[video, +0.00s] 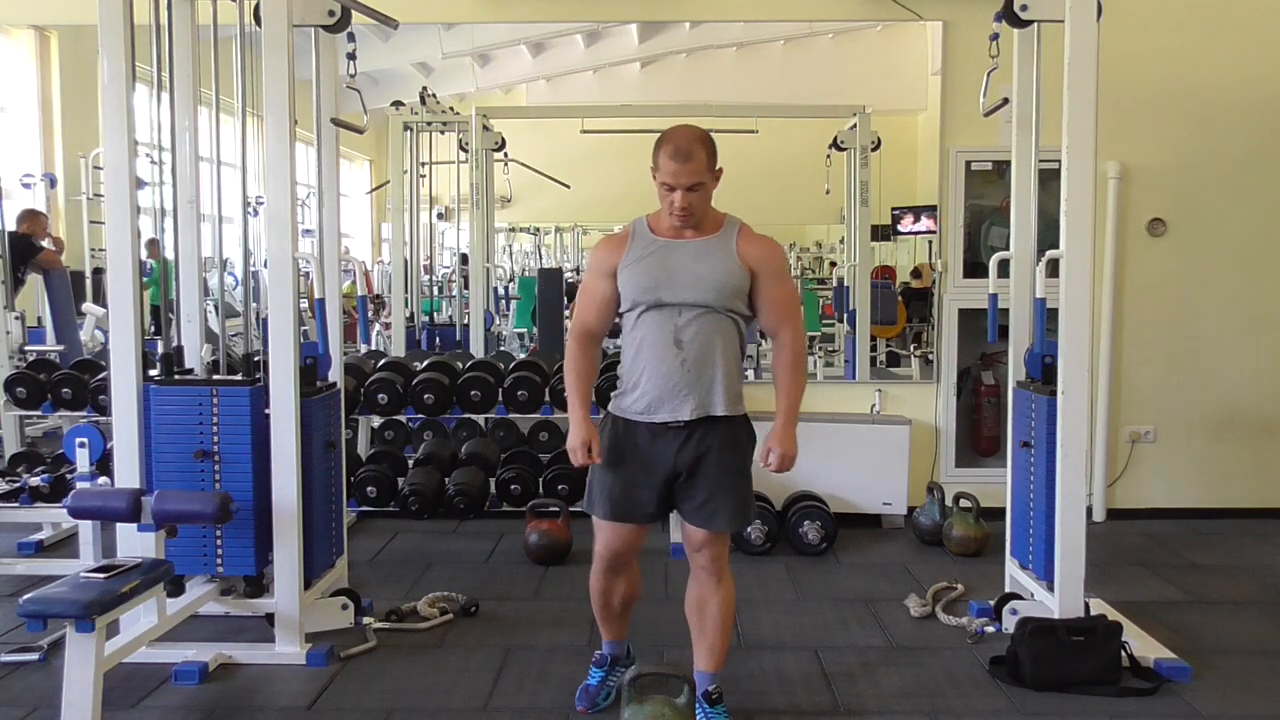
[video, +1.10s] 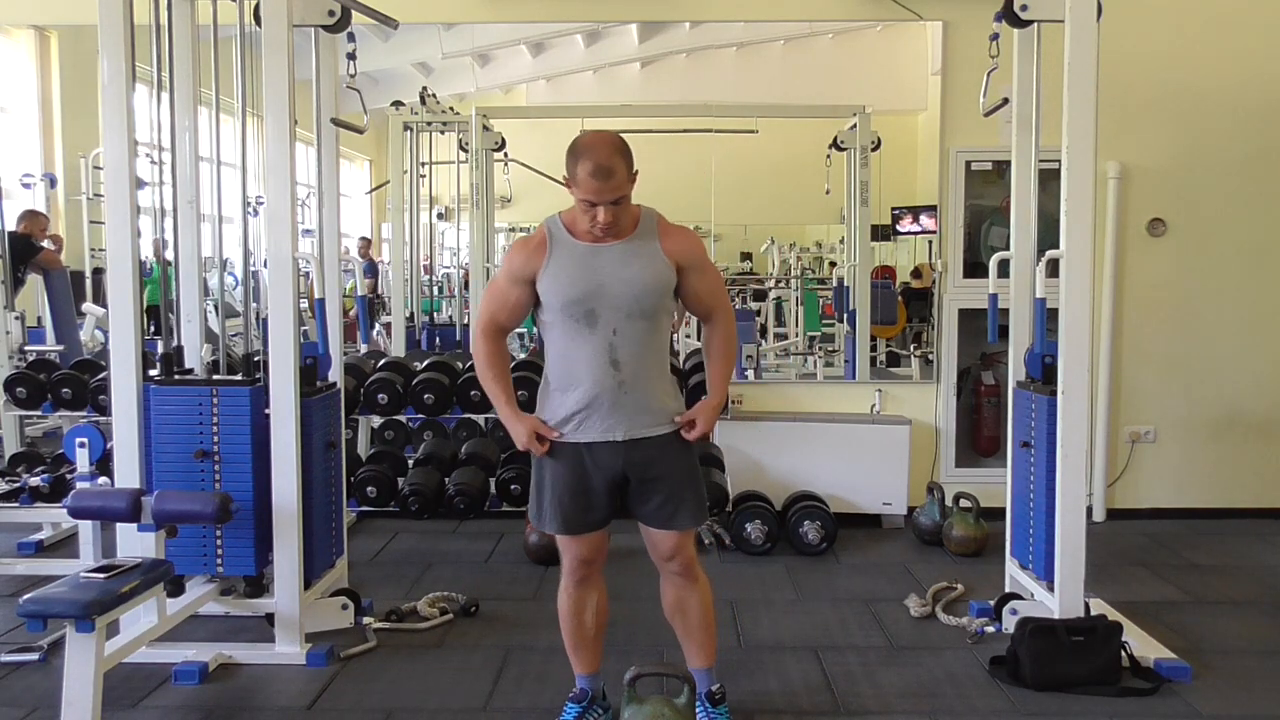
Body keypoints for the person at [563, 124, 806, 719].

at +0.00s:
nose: (678, 199)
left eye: (691, 187)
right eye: (668, 187)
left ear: (716, 178)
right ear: (654, 179)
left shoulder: (757, 253)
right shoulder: (616, 251)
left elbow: (788, 335)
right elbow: (584, 333)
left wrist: (786, 423)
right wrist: (578, 415)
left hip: (715, 430)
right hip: (632, 429)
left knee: (708, 553)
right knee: (611, 554)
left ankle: (707, 692)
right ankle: (612, 657)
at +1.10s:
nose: (603, 215)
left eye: (615, 202)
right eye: (589, 203)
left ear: (634, 180)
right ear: (566, 185)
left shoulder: (676, 245)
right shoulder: (534, 253)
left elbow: (718, 314)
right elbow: (488, 330)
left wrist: (715, 396)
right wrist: (510, 414)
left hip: (661, 440)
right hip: (570, 445)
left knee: (680, 563)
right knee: (578, 570)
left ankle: (707, 693)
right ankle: (588, 694)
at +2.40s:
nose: (680, 262)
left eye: (695, 248)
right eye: (668, 247)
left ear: (719, 227)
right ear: (648, 224)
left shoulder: (749, 273)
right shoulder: (604, 271)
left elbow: (761, 365)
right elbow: (564, 364)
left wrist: (731, 448)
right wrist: (580, 456)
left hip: (711, 438)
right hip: (624, 436)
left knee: (715, 560)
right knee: (610, 561)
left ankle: (718, 699)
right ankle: (593, 696)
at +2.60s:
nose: (674, 364)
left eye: (687, 353)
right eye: (663, 353)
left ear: (708, 320)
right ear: (637, 321)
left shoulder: (741, 320)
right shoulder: (597, 348)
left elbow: (750, 395)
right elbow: (579, 460)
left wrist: (714, 459)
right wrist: (607, 557)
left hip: (703, 449)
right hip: (623, 448)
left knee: (714, 562)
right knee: (597, 564)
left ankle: (719, 697)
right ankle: (593, 696)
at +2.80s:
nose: (680, 431)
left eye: (692, 420)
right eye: (669, 421)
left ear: (714, 380)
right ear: (639, 388)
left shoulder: (748, 360)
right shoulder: (604, 411)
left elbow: (751, 407)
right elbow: (601, 535)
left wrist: (711, 463)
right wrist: (625, 623)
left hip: (701, 456)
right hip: (618, 457)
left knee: (714, 562)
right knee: (594, 570)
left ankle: (719, 697)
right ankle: (593, 694)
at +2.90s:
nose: (684, 448)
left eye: (696, 437)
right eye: (673, 439)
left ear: (720, 394)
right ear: (646, 411)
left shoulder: (751, 369)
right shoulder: (610, 432)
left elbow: (753, 414)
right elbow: (605, 547)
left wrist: (712, 464)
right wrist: (629, 638)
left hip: (704, 462)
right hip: (617, 462)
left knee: (715, 563)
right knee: (594, 572)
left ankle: (719, 696)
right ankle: (592, 695)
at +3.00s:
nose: (689, 454)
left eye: (701, 445)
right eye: (678, 445)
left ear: (725, 399)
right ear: (650, 413)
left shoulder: (753, 372)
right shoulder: (615, 437)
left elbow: (759, 411)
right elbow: (608, 551)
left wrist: (716, 463)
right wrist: (630, 643)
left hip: (710, 459)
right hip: (617, 461)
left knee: (716, 563)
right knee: (597, 569)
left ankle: (719, 697)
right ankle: (591, 695)